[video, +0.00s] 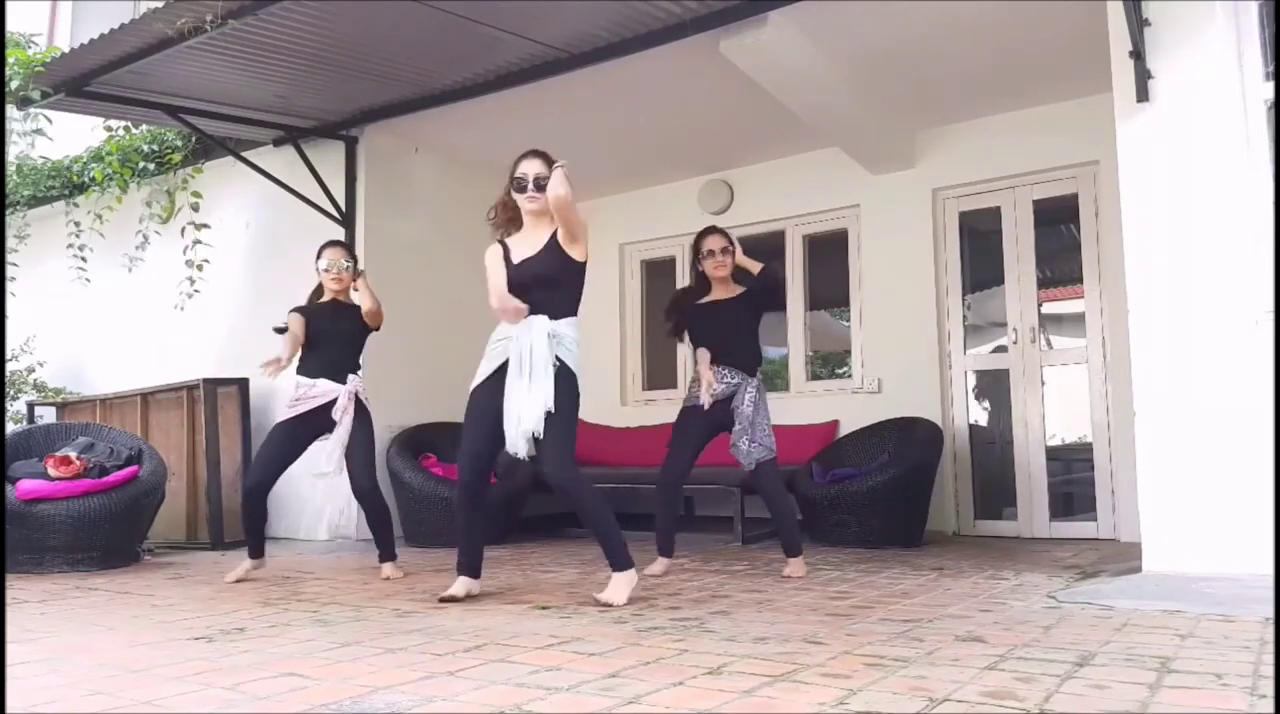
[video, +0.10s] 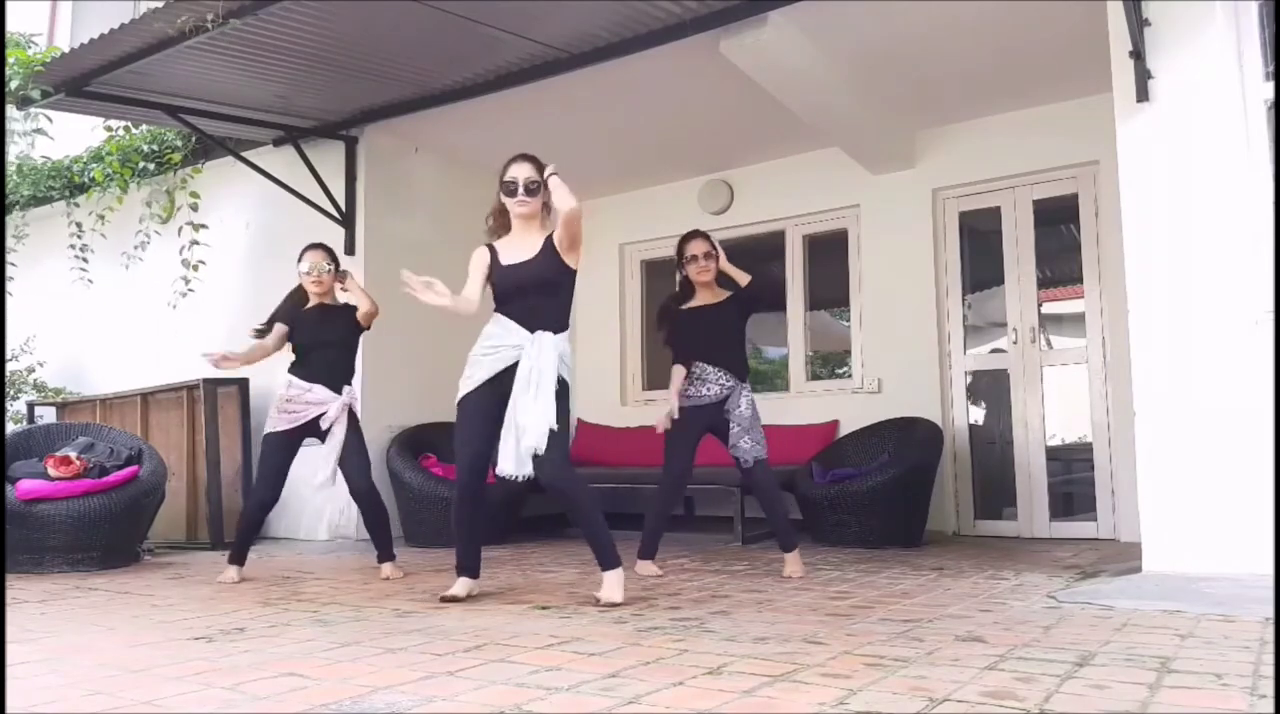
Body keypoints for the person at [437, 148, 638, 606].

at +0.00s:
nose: (530, 190)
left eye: (538, 183)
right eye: (521, 183)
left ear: (552, 190)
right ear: (510, 191)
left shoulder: (570, 235)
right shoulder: (498, 249)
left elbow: (559, 196)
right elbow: (499, 300)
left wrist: (559, 170)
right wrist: (516, 309)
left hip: (555, 357)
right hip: (505, 355)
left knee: (556, 466)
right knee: (472, 461)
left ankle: (624, 569)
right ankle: (468, 574)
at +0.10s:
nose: (521, 193)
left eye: (530, 186)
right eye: (512, 187)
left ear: (545, 193)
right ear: (501, 194)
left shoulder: (562, 240)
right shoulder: (488, 253)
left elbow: (570, 210)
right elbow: (470, 304)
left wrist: (553, 179)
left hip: (547, 364)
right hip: (494, 360)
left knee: (553, 470)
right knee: (470, 467)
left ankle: (611, 567)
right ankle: (467, 574)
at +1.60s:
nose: (538, 169)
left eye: (548, 162)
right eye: (529, 163)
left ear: (563, 172)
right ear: (517, 173)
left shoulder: (580, 224)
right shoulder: (497, 231)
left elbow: (594, 290)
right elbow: (479, 301)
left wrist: (594, 347)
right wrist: (475, 358)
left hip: (567, 352)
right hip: (510, 353)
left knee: (586, 466)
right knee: (493, 463)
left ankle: (616, 575)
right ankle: (483, 576)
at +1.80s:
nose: (538, 177)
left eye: (548, 170)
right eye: (529, 172)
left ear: (564, 180)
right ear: (518, 183)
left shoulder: (584, 231)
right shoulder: (504, 244)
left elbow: (613, 295)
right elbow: (476, 313)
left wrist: (610, 351)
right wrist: (479, 371)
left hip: (575, 356)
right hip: (519, 357)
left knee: (587, 470)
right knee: (495, 469)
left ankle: (614, 579)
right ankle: (483, 577)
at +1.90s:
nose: (537, 173)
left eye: (546, 165)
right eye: (527, 169)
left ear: (561, 174)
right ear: (516, 181)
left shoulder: (586, 229)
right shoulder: (504, 241)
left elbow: (615, 295)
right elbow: (479, 309)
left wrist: (614, 349)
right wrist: (478, 364)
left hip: (577, 357)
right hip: (520, 358)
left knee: (586, 471)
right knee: (499, 469)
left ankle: (615, 579)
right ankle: (484, 577)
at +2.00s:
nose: (534, 174)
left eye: (543, 166)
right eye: (523, 170)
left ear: (558, 175)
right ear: (513, 182)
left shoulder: (583, 232)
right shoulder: (501, 240)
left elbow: (610, 296)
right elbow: (477, 307)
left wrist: (615, 350)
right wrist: (476, 357)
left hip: (575, 355)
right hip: (516, 358)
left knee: (586, 471)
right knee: (497, 469)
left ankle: (615, 579)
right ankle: (484, 577)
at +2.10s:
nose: (530, 177)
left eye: (539, 169)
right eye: (519, 172)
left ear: (554, 178)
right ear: (509, 184)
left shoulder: (576, 235)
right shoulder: (494, 237)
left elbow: (601, 302)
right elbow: (465, 302)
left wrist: (604, 350)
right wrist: (464, 355)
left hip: (565, 356)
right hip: (506, 357)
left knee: (576, 469)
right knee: (488, 465)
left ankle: (613, 578)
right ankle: (483, 575)